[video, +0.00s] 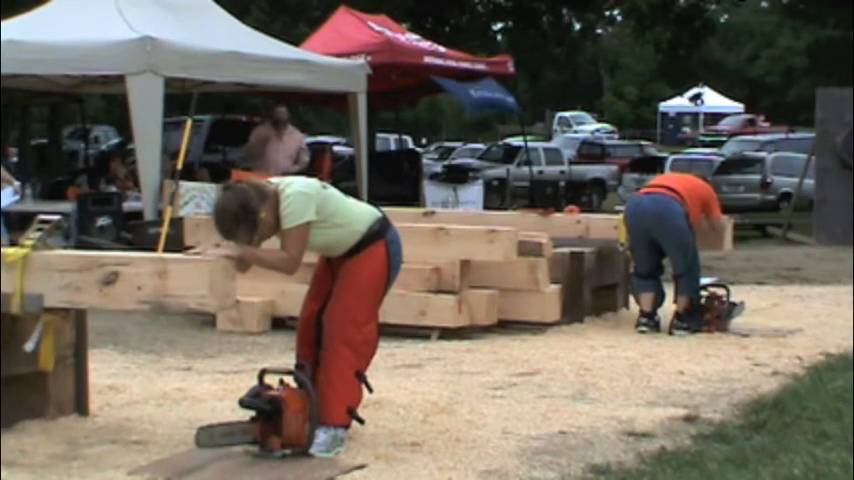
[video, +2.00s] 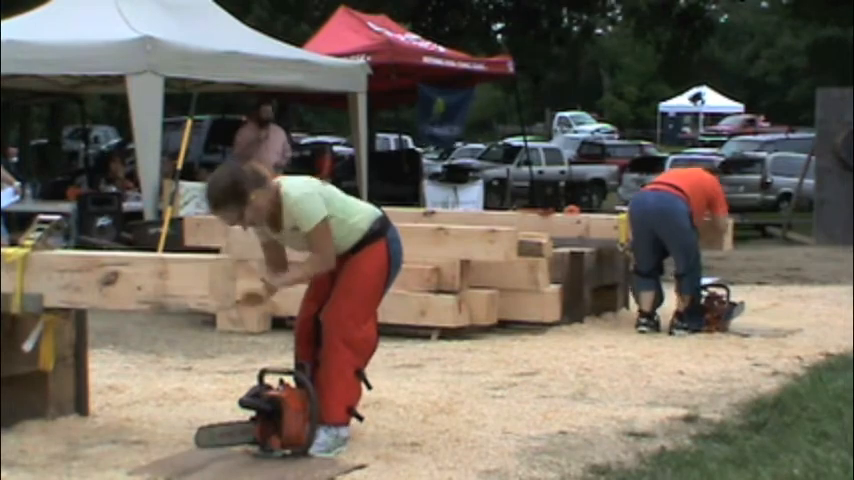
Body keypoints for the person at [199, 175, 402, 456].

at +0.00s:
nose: (259, 240)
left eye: (258, 235)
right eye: (253, 238)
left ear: (264, 213)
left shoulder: (297, 198)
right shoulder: (264, 198)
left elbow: (290, 263)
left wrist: (240, 252)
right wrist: (239, 252)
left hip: (373, 246)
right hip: (337, 251)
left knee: (340, 325)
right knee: (311, 321)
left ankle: (335, 425)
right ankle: (309, 412)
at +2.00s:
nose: (244, 227)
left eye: (242, 219)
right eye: (238, 224)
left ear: (256, 198)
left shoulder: (302, 198)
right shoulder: (263, 214)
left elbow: (325, 262)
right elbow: (277, 267)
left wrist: (281, 281)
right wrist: (264, 293)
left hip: (374, 245)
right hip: (337, 254)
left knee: (338, 322)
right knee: (309, 322)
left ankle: (336, 426)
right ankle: (310, 414)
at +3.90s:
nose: (251, 183)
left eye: (254, 172)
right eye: (245, 177)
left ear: (274, 157)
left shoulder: (304, 179)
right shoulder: (282, 200)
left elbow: (346, 221)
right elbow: (304, 257)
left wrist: (308, 259)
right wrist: (304, 309)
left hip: (385, 240)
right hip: (355, 250)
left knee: (357, 318)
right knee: (335, 319)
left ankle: (353, 419)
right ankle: (339, 412)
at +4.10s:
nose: (272, 123)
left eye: (276, 112)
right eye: (266, 117)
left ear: (297, 100)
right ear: (264, 117)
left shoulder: (325, 124)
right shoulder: (286, 143)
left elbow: (354, 169)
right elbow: (303, 187)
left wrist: (306, 192)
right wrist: (289, 207)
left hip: (366, 229)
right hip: (331, 233)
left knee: (352, 317)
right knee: (314, 317)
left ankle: (357, 417)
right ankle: (336, 407)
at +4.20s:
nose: (276, 112)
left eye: (280, 102)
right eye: (270, 105)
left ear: (303, 91)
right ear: (267, 103)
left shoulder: (328, 115)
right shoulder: (282, 137)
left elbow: (350, 161)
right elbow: (279, 184)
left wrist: (298, 172)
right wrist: (270, 207)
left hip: (357, 232)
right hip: (318, 236)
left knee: (353, 322)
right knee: (305, 317)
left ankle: (355, 422)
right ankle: (310, 408)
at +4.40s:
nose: (277, 107)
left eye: (281, 96)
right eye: (271, 99)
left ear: (305, 85)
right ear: (270, 96)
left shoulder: (329, 109)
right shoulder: (282, 127)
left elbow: (340, 156)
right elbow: (282, 184)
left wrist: (290, 156)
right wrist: (260, 218)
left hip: (345, 232)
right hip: (309, 234)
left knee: (333, 318)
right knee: (298, 318)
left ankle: (342, 420)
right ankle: (297, 413)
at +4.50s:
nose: (277, 106)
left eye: (281, 96)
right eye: (271, 99)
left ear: (304, 85)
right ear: (270, 95)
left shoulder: (329, 110)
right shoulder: (282, 126)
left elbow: (338, 158)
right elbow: (279, 178)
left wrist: (286, 159)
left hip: (344, 232)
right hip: (307, 234)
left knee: (339, 321)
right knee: (298, 319)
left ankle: (344, 422)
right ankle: (297, 413)